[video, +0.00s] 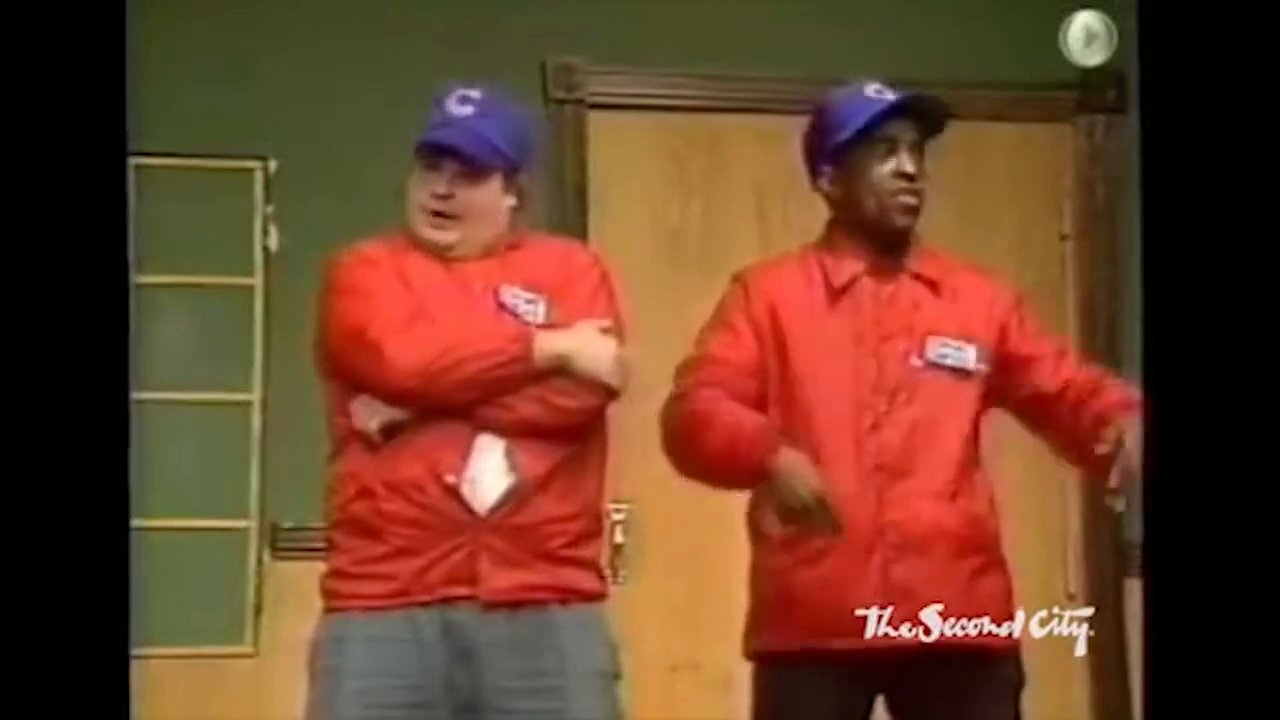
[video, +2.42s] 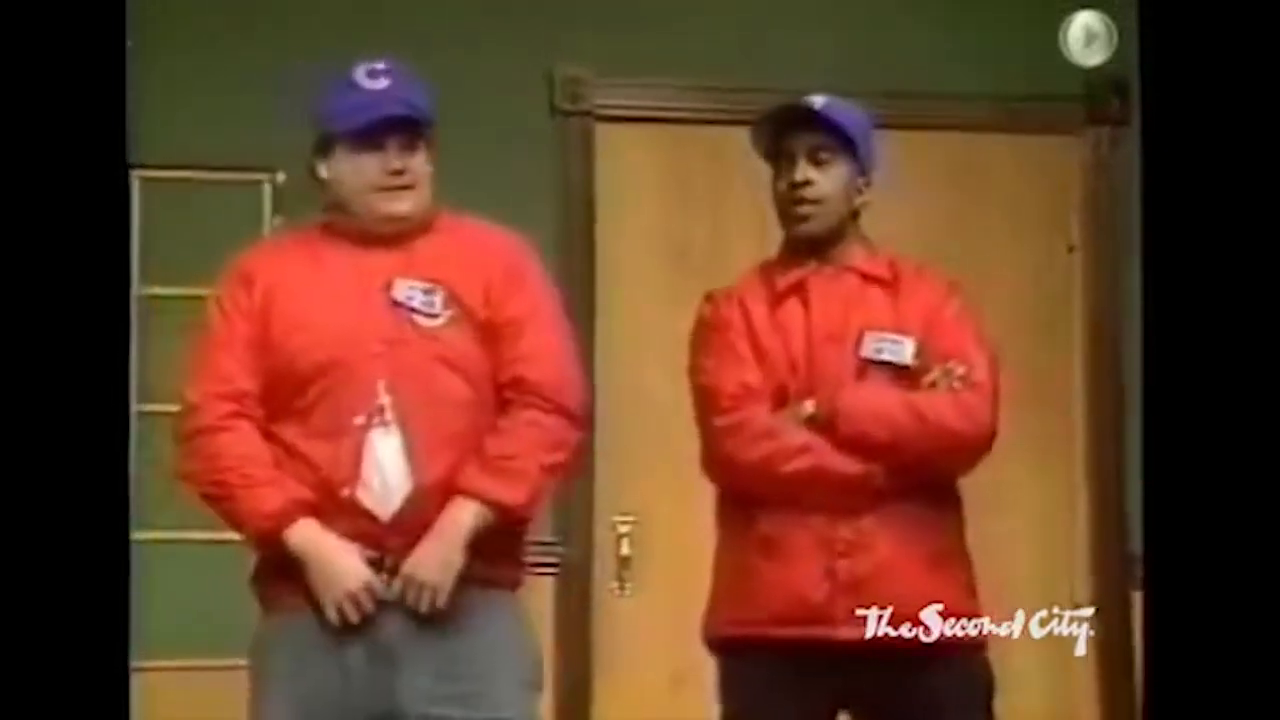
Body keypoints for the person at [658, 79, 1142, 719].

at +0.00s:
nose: (910, 168)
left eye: (917, 151)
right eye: (885, 150)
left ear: (928, 165)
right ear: (829, 176)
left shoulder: (975, 299)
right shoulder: (765, 294)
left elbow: (1063, 388)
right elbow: (692, 416)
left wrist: (1124, 427)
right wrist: (770, 455)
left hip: (959, 628)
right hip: (812, 631)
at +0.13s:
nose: (903, 172)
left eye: (909, 155)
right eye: (880, 155)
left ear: (920, 169)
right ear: (824, 182)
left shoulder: (965, 291)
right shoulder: (773, 286)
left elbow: (1066, 371)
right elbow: (768, 392)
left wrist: (1138, 404)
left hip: (961, 621)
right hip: (816, 623)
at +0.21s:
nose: (903, 168)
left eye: (908, 152)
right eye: (878, 152)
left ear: (920, 167)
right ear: (822, 182)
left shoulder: (961, 286)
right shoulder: (775, 283)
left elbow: (1040, 348)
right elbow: (781, 375)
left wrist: (1105, 388)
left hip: (963, 617)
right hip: (816, 618)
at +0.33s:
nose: (912, 170)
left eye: (915, 154)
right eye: (885, 152)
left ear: (923, 169)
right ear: (829, 181)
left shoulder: (958, 282)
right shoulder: (778, 280)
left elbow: (1083, 352)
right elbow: (794, 375)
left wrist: (1028, 360)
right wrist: (951, 348)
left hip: (965, 618)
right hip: (820, 621)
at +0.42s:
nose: (912, 171)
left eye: (916, 155)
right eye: (886, 153)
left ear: (924, 171)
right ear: (832, 182)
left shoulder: (960, 276)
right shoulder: (782, 276)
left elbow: (1060, 346)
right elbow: (801, 367)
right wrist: (957, 345)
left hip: (966, 613)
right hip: (824, 615)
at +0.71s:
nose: (873, 160)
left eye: (892, 145)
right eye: (854, 146)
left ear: (918, 170)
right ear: (829, 174)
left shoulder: (967, 272)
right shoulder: (785, 271)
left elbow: (1025, 352)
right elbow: (811, 384)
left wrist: (874, 342)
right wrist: (959, 393)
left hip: (965, 601)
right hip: (821, 604)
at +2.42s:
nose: (797, 177)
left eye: (820, 160)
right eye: (784, 162)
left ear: (861, 182)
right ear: (772, 181)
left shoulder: (927, 297)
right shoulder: (731, 310)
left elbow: (966, 426)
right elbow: (737, 452)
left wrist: (824, 412)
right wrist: (902, 459)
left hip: (919, 630)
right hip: (772, 636)